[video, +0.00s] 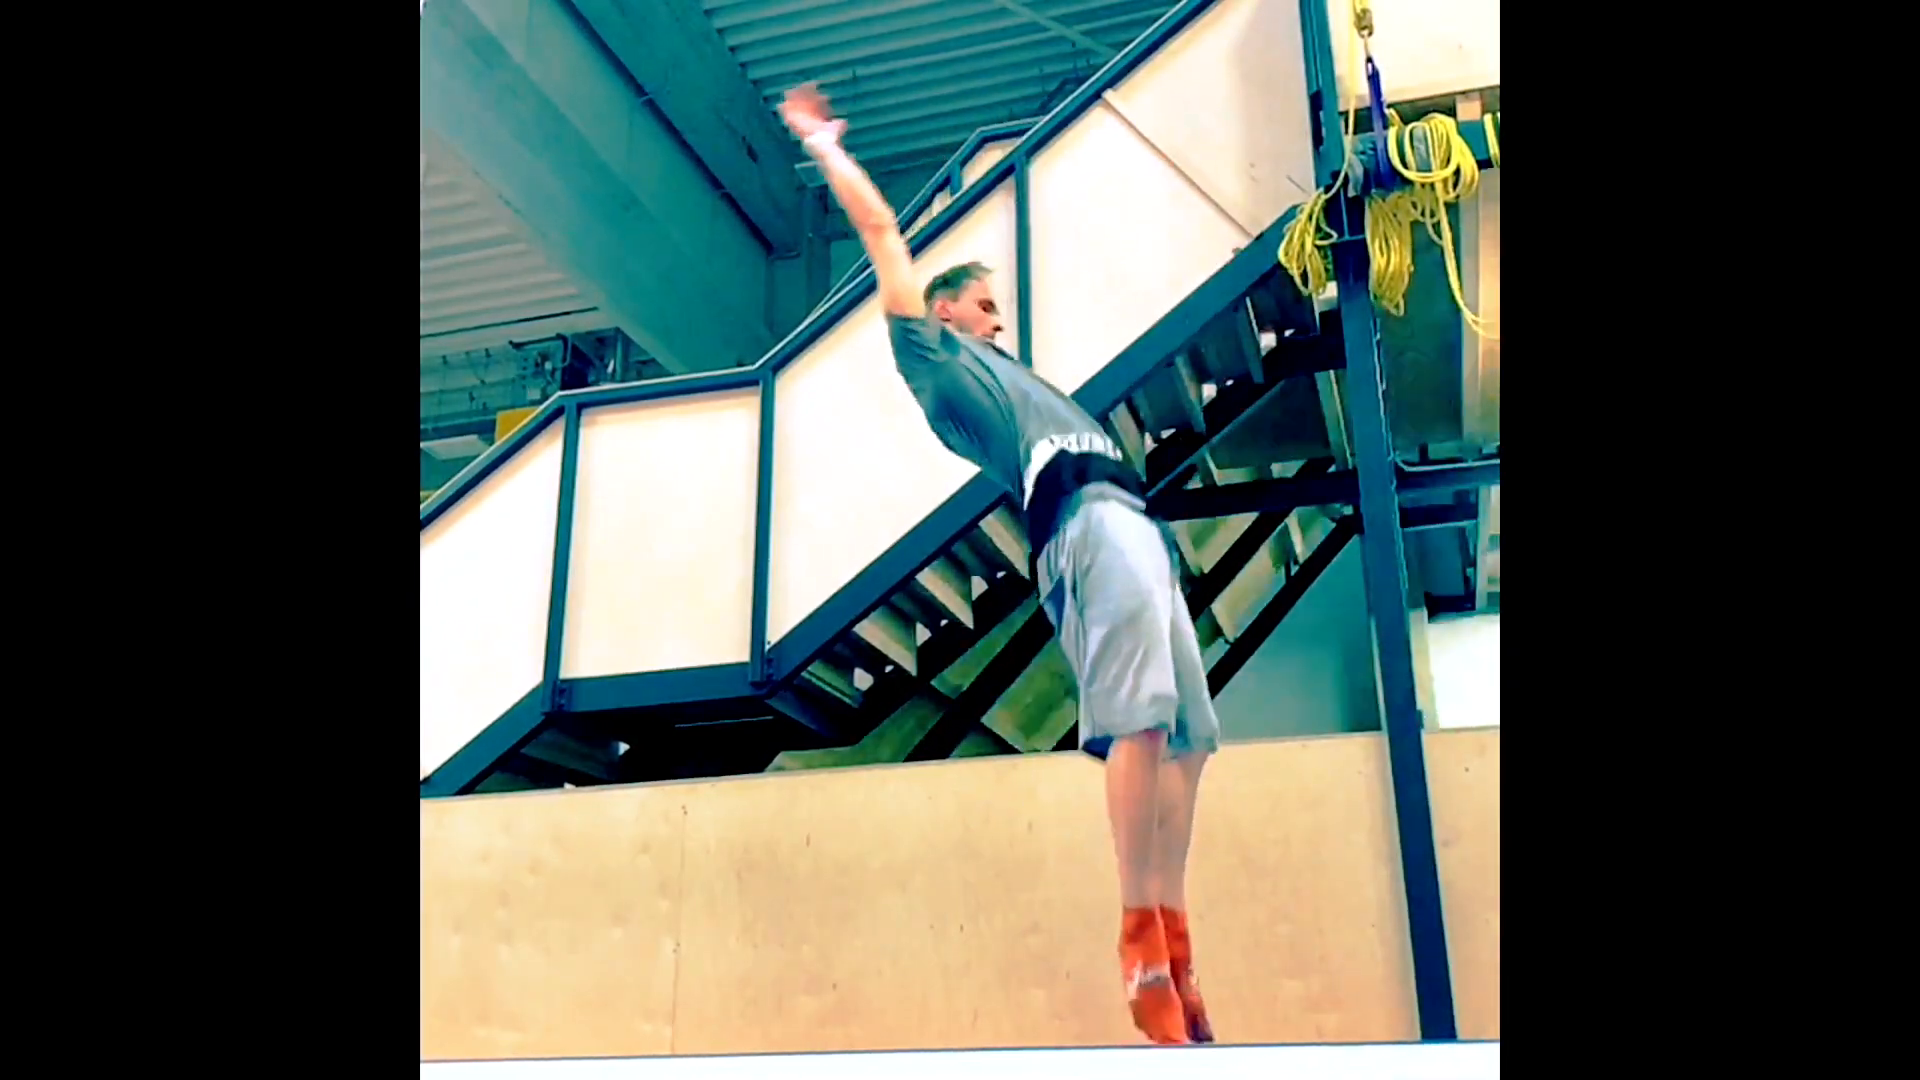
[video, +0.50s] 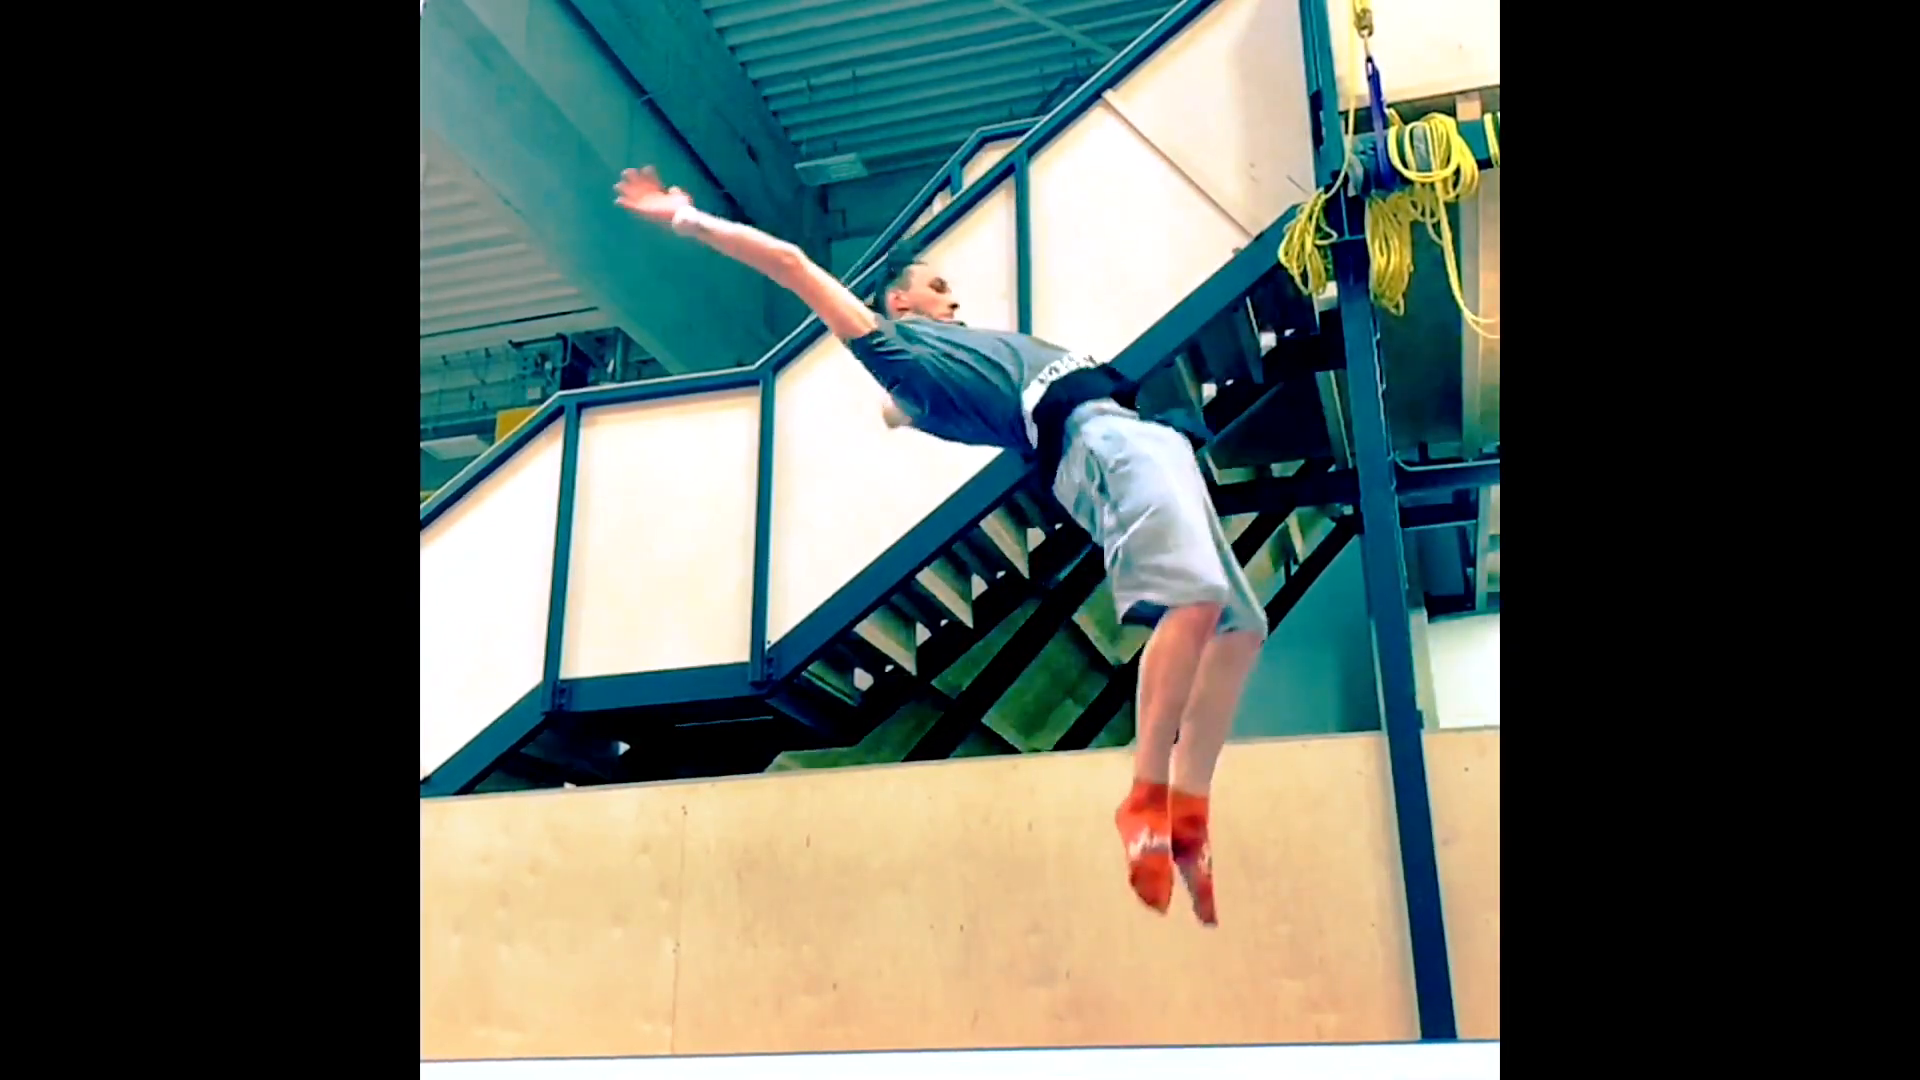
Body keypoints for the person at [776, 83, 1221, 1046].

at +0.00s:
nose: (998, 310)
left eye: (997, 303)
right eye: (982, 300)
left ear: (983, 320)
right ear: (938, 306)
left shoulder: (1007, 377)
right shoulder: (929, 349)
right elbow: (877, 226)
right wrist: (823, 139)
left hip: (1136, 530)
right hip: (1090, 522)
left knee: (1186, 731)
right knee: (1139, 722)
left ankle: (1172, 934)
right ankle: (1140, 940)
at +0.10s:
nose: (991, 305)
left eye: (990, 298)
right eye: (973, 295)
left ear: (970, 315)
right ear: (928, 304)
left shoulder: (1000, 374)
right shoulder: (920, 343)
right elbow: (852, 231)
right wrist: (784, 151)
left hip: (1140, 511)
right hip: (1093, 500)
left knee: (1193, 716)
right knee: (1144, 698)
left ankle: (1176, 912)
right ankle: (1142, 912)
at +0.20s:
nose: (980, 301)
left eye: (978, 292)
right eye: (963, 290)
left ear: (956, 303)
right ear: (920, 300)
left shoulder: (989, 364)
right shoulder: (913, 343)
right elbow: (832, 237)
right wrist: (749, 164)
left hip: (1149, 491)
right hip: (1100, 480)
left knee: (1205, 697)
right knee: (1155, 673)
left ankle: (1178, 890)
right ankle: (1142, 889)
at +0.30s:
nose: (969, 297)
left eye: (968, 289)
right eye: (952, 288)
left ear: (956, 302)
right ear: (909, 301)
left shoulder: (989, 357)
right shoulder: (907, 343)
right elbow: (813, 245)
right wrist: (724, 181)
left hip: (1150, 471)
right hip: (1100, 465)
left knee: (1217, 674)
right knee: (1167, 647)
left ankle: (1180, 862)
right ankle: (1141, 860)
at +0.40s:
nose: (958, 287)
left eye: (954, 280)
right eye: (941, 282)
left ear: (943, 300)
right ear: (903, 303)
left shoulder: (988, 352)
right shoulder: (903, 346)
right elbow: (800, 255)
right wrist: (705, 203)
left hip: (1154, 457)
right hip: (1102, 450)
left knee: (1227, 656)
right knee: (1179, 626)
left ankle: (1183, 840)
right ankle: (1145, 833)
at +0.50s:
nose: (949, 293)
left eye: (947, 286)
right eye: (932, 287)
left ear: (937, 302)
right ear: (896, 306)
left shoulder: (973, 358)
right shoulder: (895, 347)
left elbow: (917, 411)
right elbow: (788, 263)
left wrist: (896, 410)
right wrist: (684, 214)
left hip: (1157, 443)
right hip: (1105, 437)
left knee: (1241, 626)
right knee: (1194, 602)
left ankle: (1189, 809)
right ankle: (1146, 800)